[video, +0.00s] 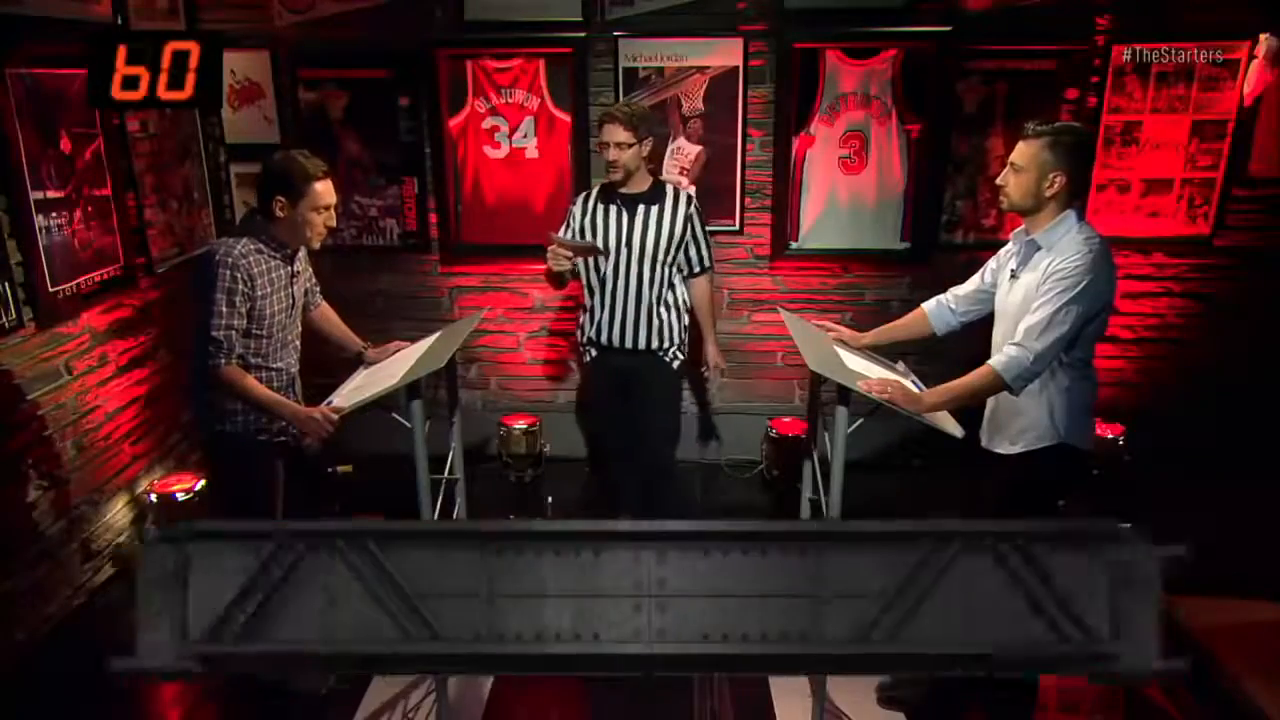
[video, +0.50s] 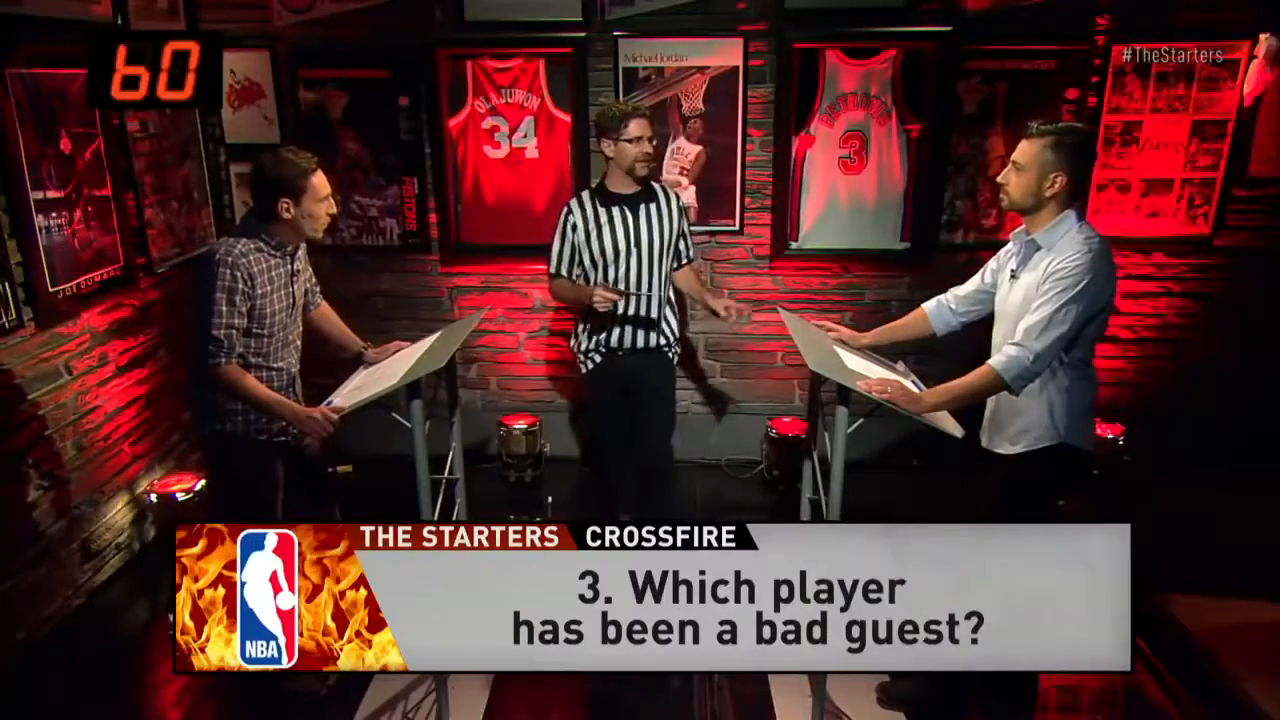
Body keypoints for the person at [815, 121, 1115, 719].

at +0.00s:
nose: (1001, 178)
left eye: (1014, 169)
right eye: (1005, 166)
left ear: (1054, 186)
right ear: (1045, 184)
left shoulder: (1083, 259)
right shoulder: (1025, 244)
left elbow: (1022, 359)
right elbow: (956, 305)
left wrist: (928, 399)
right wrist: (869, 338)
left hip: (1045, 447)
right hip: (1000, 435)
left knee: (1017, 578)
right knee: (977, 561)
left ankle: (1005, 702)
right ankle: (951, 680)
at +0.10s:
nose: (1001, 178)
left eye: (1014, 169)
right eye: (1005, 166)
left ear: (1053, 186)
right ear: (1045, 184)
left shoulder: (1083, 259)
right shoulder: (1025, 243)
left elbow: (1022, 359)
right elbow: (956, 305)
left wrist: (928, 399)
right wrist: (869, 338)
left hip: (1044, 447)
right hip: (1001, 436)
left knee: (1014, 577)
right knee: (978, 564)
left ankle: (1005, 703)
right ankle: (954, 688)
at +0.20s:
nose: (1001, 178)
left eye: (1014, 170)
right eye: (1005, 166)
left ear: (1053, 186)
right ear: (1045, 185)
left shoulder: (1083, 260)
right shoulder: (1026, 243)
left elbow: (1022, 360)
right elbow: (956, 305)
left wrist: (927, 399)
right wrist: (868, 339)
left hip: (1044, 446)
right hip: (1002, 435)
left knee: (1016, 573)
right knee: (987, 562)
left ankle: (1004, 698)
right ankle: (957, 682)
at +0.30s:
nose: (1001, 178)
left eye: (1014, 170)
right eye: (1005, 166)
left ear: (1054, 186)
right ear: (1044, 184)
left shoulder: (1083, 259)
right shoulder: (1026, 244)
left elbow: (1023, 359)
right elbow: (956, 305)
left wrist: (927, 399)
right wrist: (868, 339)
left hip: (1044, 448)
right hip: (1000, 436)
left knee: (1012, 578)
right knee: (972, 561)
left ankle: (994, 699)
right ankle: (942, 679)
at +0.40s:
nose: (1001, 177)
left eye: (1015, 168)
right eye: (1006, 164)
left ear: (1054, 186)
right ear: (1045, 184)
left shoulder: (1083, 260)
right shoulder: (1026, 243)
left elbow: (1022, 359)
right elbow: (956, 305)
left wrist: (927, 399)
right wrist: (869, 338)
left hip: (1043, 447)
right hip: (1000, 434)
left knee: (1011, 580)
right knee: (973, 562)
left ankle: (999, 704)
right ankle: (941, 682)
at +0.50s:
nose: (1002, 175)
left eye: (1016, 167)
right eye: (1007, 163)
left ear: (1054, 186)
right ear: (1046, 184)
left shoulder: (1083, 259)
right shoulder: (1026, 243)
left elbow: (1022, 358)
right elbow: (957, 305)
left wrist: (927, 399)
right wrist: (869, 338)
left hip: (1043, 446)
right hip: (1001, 433)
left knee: (1009, 580)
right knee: (974, 562)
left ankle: (998, 704)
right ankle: (941, 683)